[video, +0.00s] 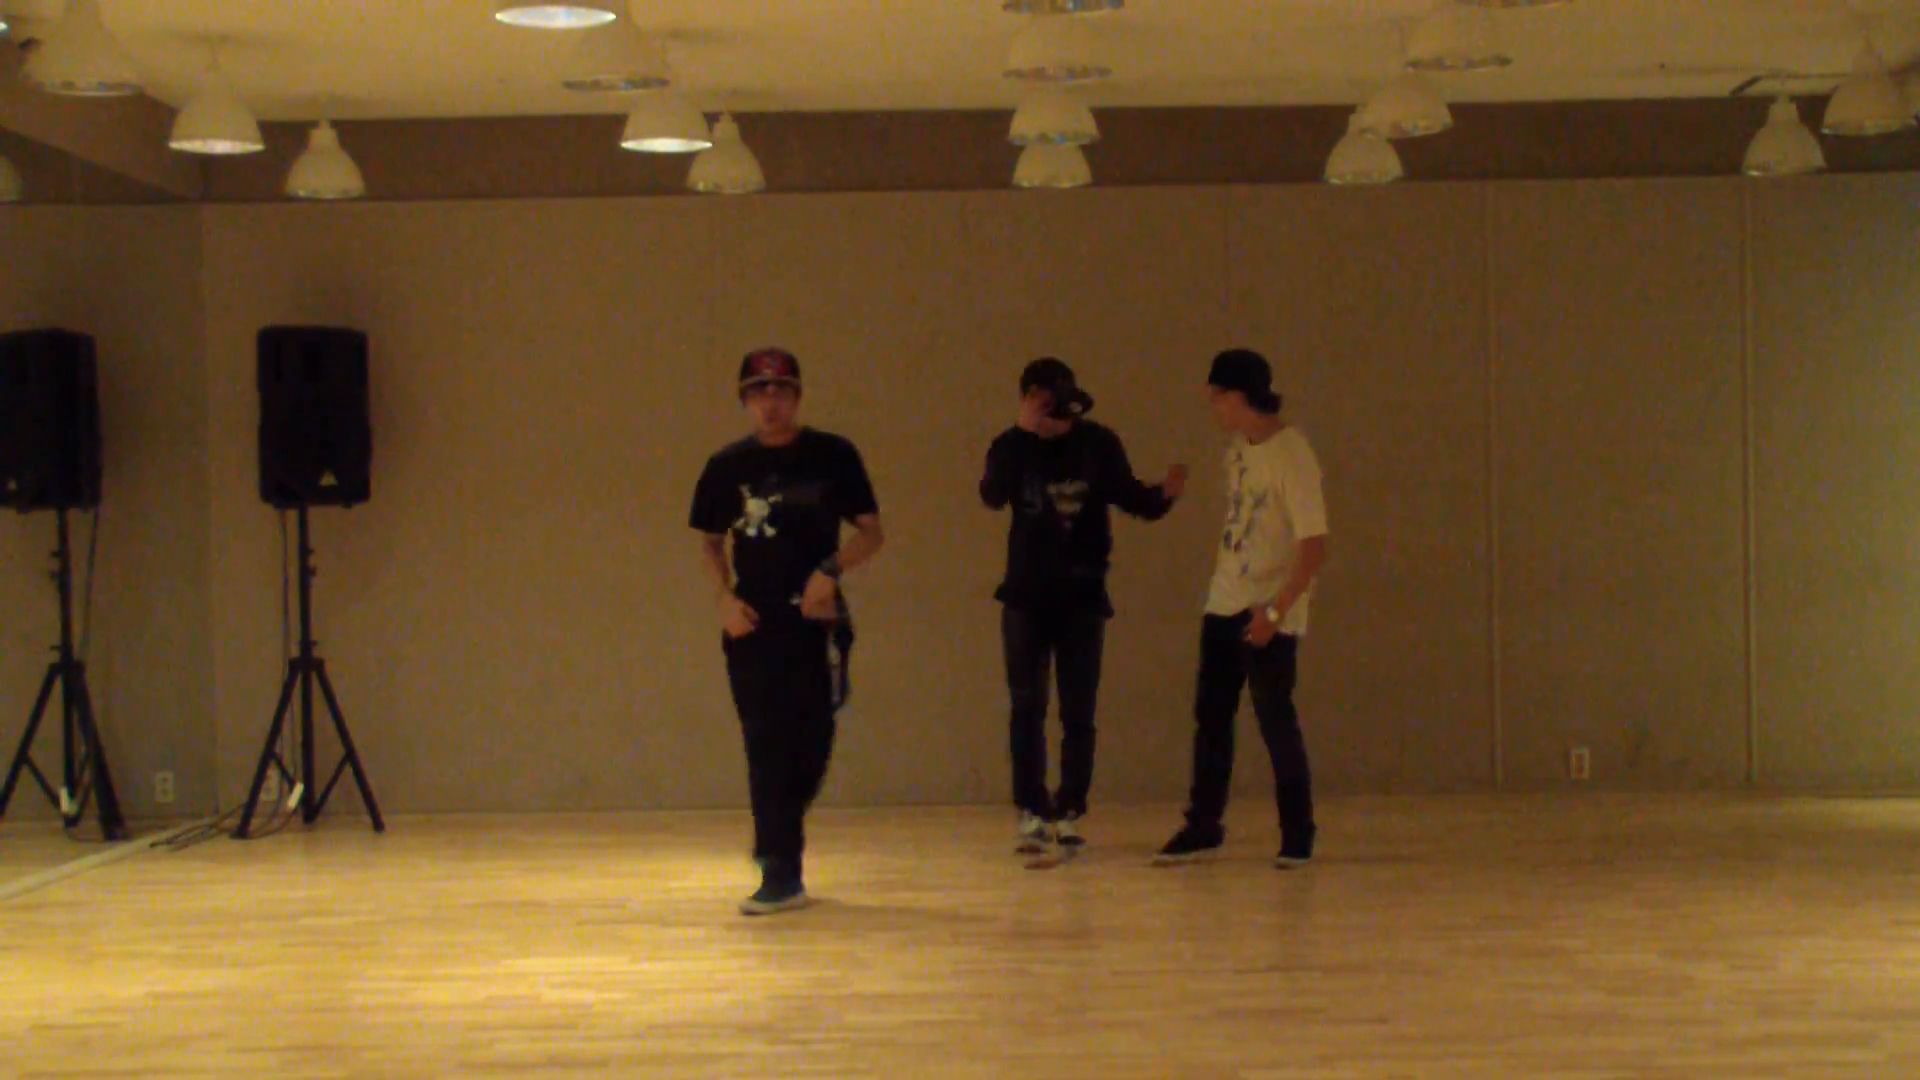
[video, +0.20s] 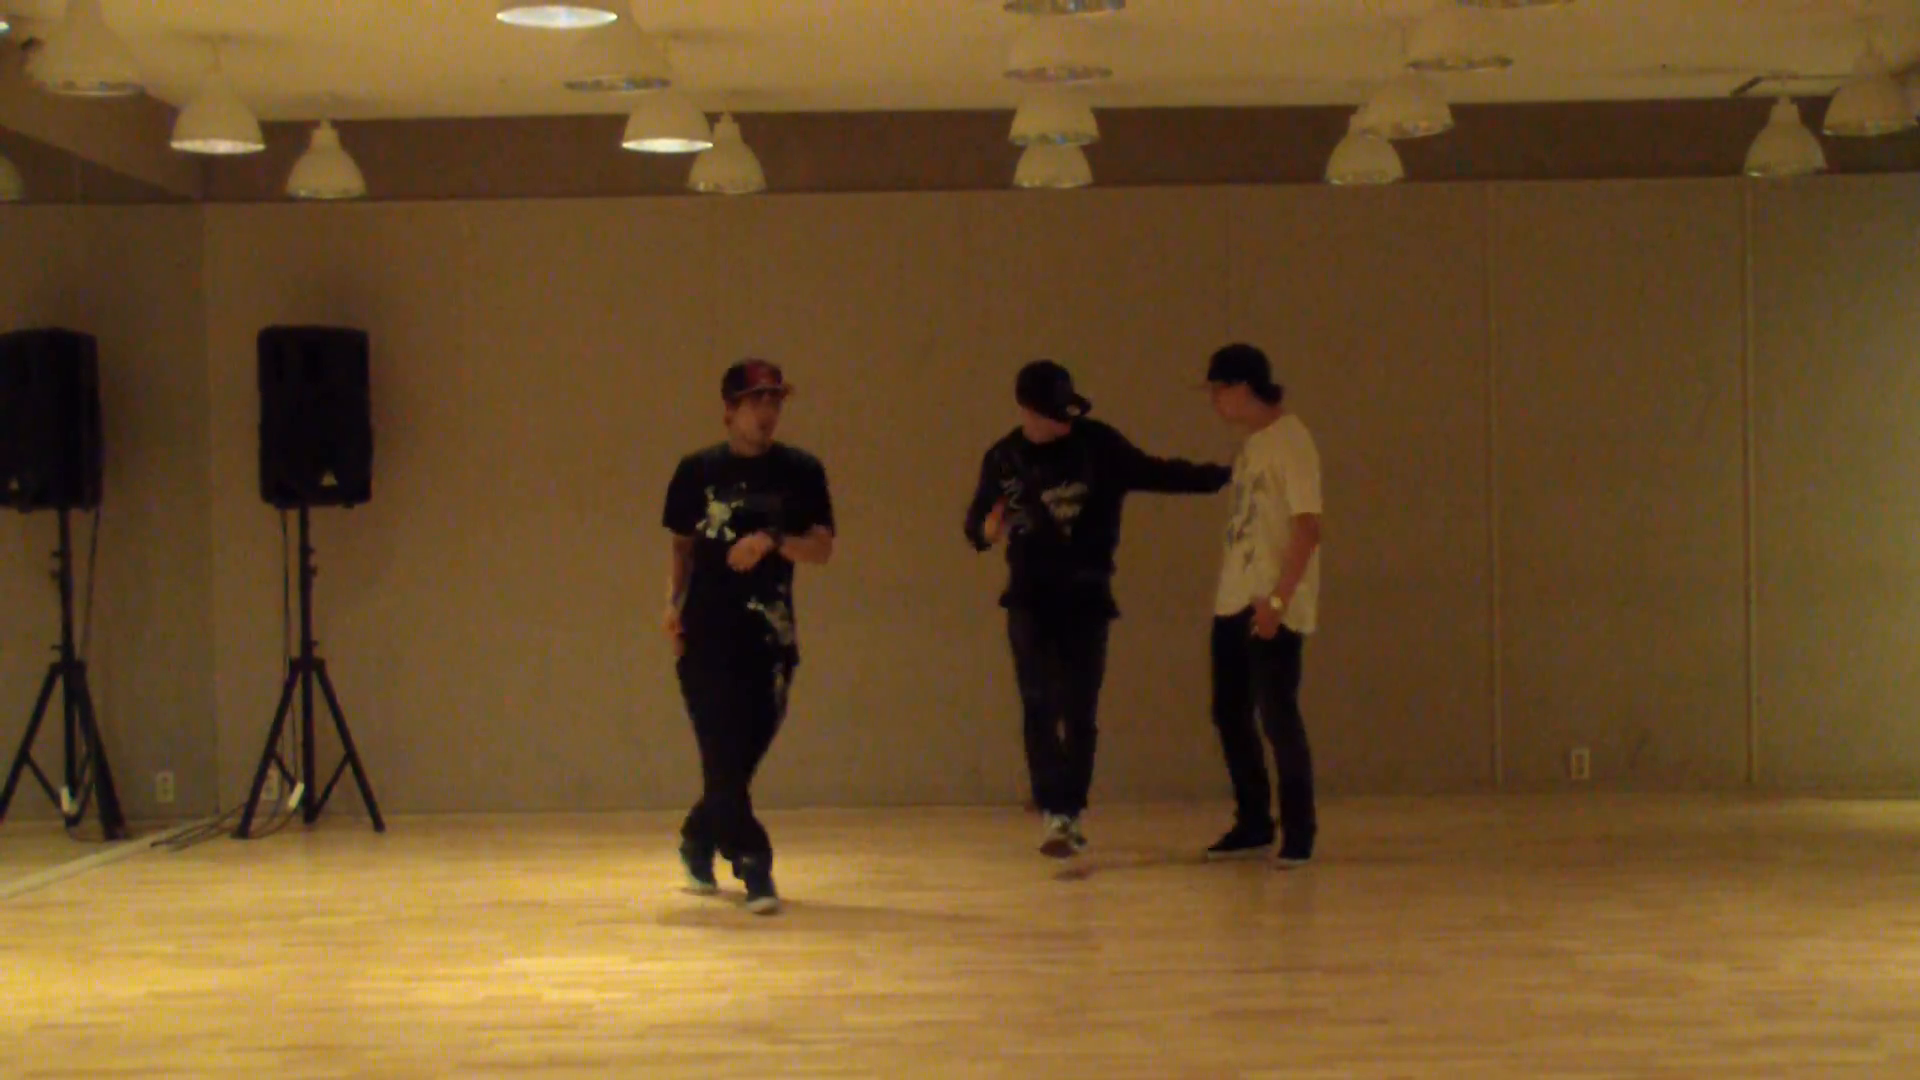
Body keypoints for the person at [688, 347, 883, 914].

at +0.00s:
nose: (772, 401)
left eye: (782, 389)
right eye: (759, 391)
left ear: (799, 396)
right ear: (744, 401)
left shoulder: (833, 456)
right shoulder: (726, 467)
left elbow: (871, 531)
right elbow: (710, 541)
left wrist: (831, 571)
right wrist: (725, 597)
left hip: (814, 627)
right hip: (753, 629)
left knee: (809, 748)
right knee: (766, 748)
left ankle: (777, 839)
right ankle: (779, 873)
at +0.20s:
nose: (767, 412)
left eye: (774, 401)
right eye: (756, 401)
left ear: (783, 409)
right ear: (730, 409)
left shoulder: (801, 470)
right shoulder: (696, 472)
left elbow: (822, 547)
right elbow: (681, 545)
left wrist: (773, 542)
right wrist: (674, 603)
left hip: (770, 627)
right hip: (706, 625)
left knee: (753, 740)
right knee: (723, 741)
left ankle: (699, 833)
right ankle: (753, 863)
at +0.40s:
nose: (762, 429)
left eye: (765, 419)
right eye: (754, 419)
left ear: (759, 422)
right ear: (721, 417)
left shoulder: (770, 483)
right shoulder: (667, 466)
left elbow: (771, 559)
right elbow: (642, 543)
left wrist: (750, 566)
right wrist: (636, 613)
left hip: (730, 629)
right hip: (671, 623)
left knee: (712, 743)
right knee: (682, 739)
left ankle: (694, 854)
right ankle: (692, 856)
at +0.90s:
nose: (697, 435)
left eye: (702, 426)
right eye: (688, 425)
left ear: (705, 430)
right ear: (658, 426)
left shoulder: (713, 496)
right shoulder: (612, 481)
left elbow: (733, 564)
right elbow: (582, 555)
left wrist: (725, 614)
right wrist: (588, 622)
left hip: (679, 638)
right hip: (621, 634)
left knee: (682, 744)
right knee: (624, 743)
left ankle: (686, 851)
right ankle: (636, 835)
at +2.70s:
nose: (654, 439)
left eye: (663, 431)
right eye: (644, 431)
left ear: (681, 440)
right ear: (632, 440)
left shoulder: (704, 493)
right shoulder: (610, 494)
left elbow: (726, 568)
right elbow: (588, 572)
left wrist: (705, 537)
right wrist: (594, 537)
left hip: (680, 629)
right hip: (624, 630)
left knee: (659, 709)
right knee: (625, 736)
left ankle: (682, 802)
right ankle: (651, 841)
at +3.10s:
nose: (640, 465)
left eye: (650, 456)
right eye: (631, 456)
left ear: (667, 465)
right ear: (617, 466)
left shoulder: (679, 519)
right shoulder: (600, 514)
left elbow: (695, 505)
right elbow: (579, 505)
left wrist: (711, 481)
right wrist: (562, 489)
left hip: (662, 637)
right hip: (604, 642)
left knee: (643, 700)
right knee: (603, 751)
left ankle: (617, 783)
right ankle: (652, 832)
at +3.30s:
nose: (620, 452)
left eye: (630, 443)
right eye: (610, 444)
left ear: (648, 453)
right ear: (598, 455)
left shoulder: (681, 508)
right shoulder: (578, 513)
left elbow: (746, 553)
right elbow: (523, 562)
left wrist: (807, 595)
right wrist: (488, 582)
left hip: (661, 647)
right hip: (601, 645)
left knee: (637, 745)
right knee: (583, 745)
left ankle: (649, 868)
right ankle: (595, 867)